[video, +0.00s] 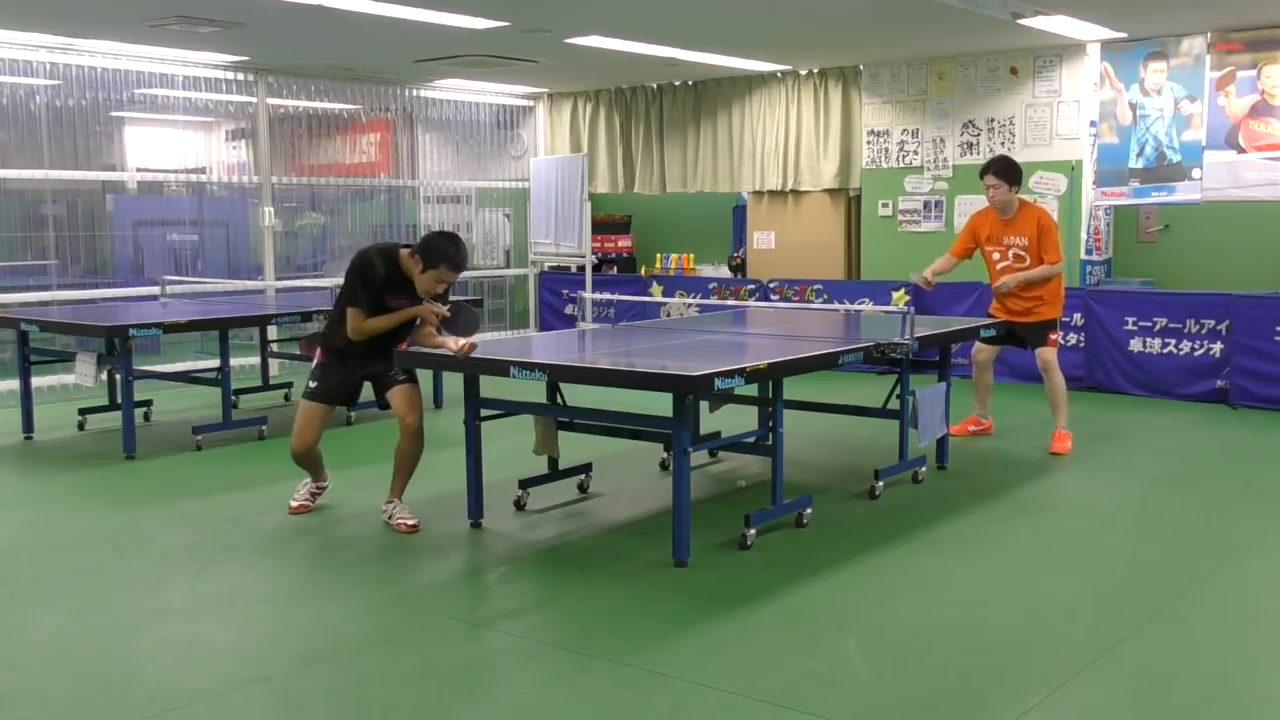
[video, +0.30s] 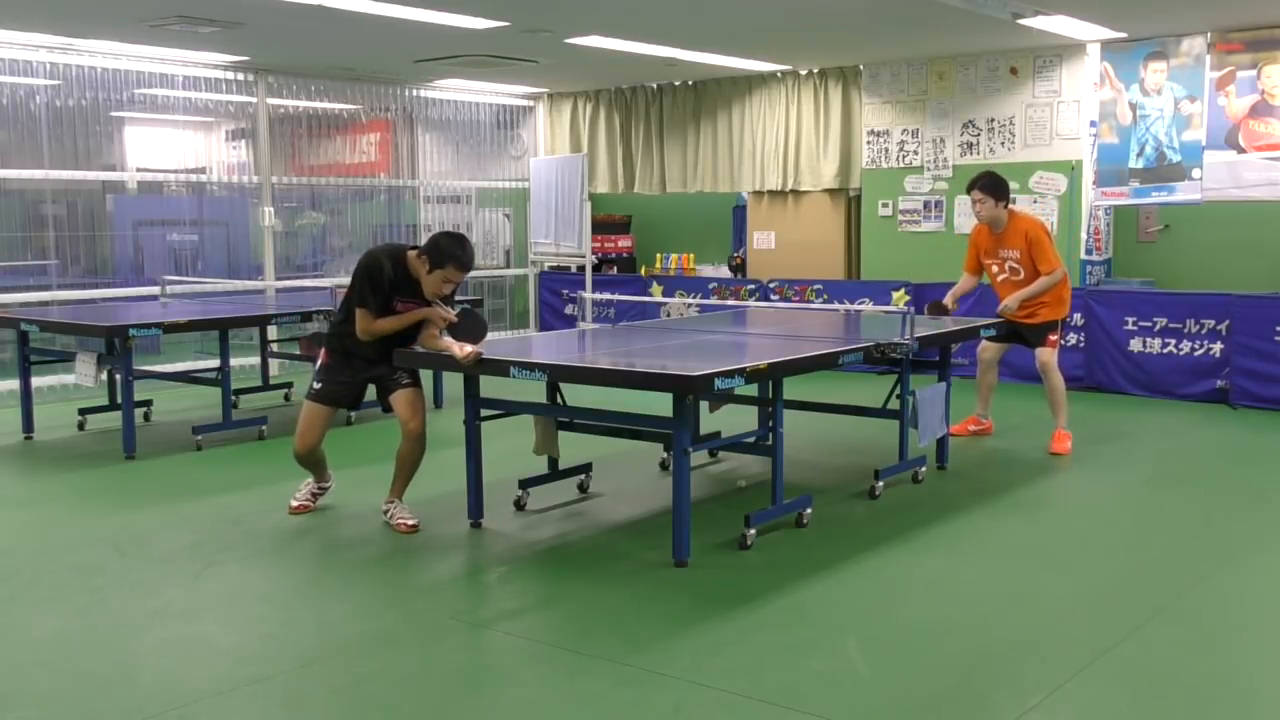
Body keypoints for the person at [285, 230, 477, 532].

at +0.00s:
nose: (442, 290)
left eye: (447, 285)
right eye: (439, 282)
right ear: (417, 262)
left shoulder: (434, 283)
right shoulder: (370, 262)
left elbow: (422, 334)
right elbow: (355, 329)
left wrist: (447, 341)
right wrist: (416, 312)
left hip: (388, 353)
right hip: (340, 352)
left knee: (412, 423)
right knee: (301, 446)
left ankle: (394, 502)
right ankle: (319, 480)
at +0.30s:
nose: (448, 290)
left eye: (455, 285)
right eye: (446, 282)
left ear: (459, 277)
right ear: (424, 262)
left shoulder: (443, 285)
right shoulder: (377, 263)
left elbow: (426, 336)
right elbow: (365, 329)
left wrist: (453, 346)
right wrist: (424, 314)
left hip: (394, 357)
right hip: (345, 353)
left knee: (415, 428)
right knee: (304, 447)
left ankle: (394, 502)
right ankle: (321, 480)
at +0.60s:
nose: (429, 233)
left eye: (434, 226)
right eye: (423, 223)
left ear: (438, 224)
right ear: (398, 216)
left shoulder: (433, 252)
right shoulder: (359, 237)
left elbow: (434, 308)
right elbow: (354, 305)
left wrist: (452, 332)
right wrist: (410, 283)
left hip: (388, 345)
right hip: (340, 341)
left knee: (409, 423)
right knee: (291, 435)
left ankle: (394, 502)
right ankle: (292, 482)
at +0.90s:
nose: (364, 170)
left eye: (370, 163)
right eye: (356, 161)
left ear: (376, 170)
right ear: (334, 166)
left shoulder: (384, 203)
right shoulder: (310, 213)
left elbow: (422, 207)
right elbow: (295, 275)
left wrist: (425, 169)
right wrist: (324, 285)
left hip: (372, 324)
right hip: (325, 326)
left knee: (399, 414)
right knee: (285, 419)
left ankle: (394, 502)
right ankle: (275, 486)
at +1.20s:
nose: (314, 150)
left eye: (322, 145)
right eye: (306, 143)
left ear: (331, 157)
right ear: (288, 153)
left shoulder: (347, 193)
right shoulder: (274, 206)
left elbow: (410, 211)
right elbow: (265, 260)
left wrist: (413, 200)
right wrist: (234, 311)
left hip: (341, 318)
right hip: (293, 322)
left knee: (380, 403)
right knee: (273, 416)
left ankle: (393, 500)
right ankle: (273, 486)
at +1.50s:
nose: (338, 236)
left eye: (346, 228)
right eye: (332, 226)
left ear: (353, 222)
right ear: (311, 214)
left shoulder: (354, 247)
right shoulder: (274, 226)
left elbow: (374, 277)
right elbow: (223, 239)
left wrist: (371, 312)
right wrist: (191, 252)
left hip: (325, 338)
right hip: (275, 341)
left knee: (379, 405)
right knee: (266, 446)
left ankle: (330, 482)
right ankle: (276, 488)